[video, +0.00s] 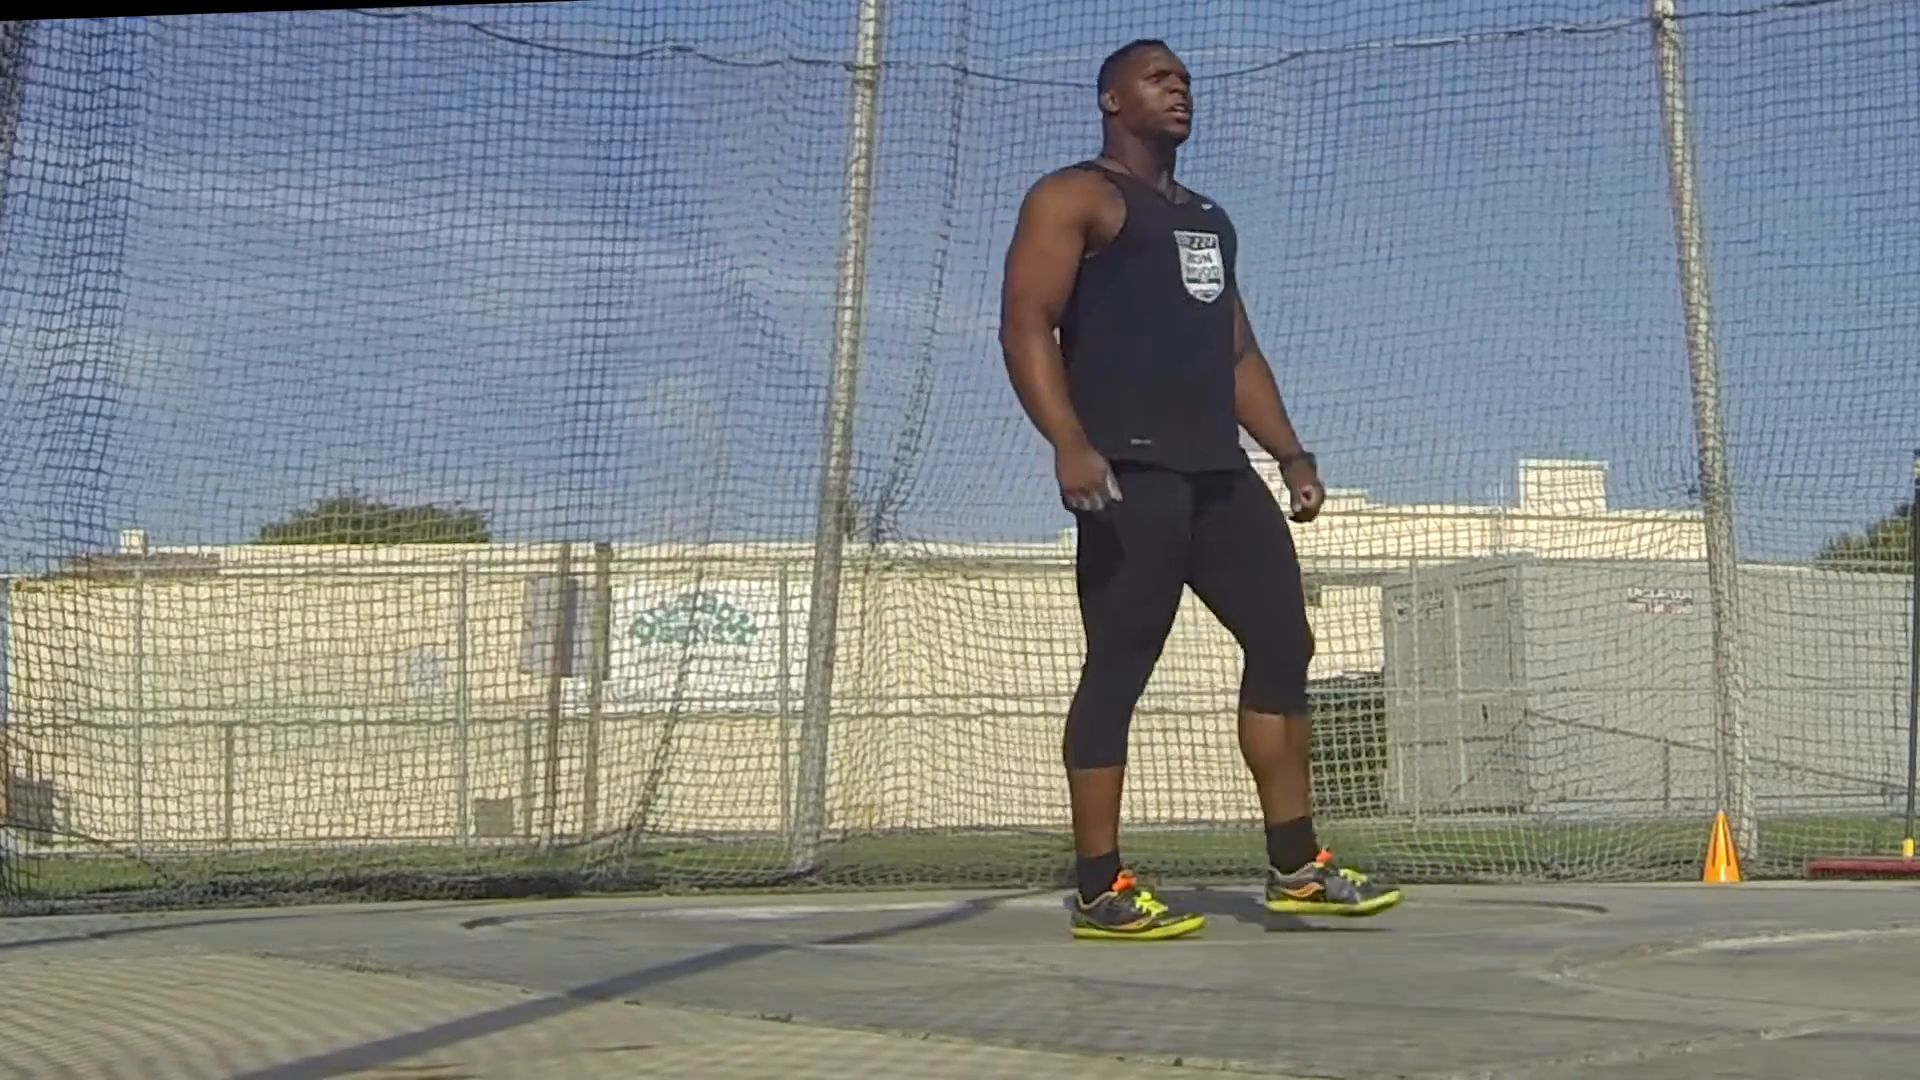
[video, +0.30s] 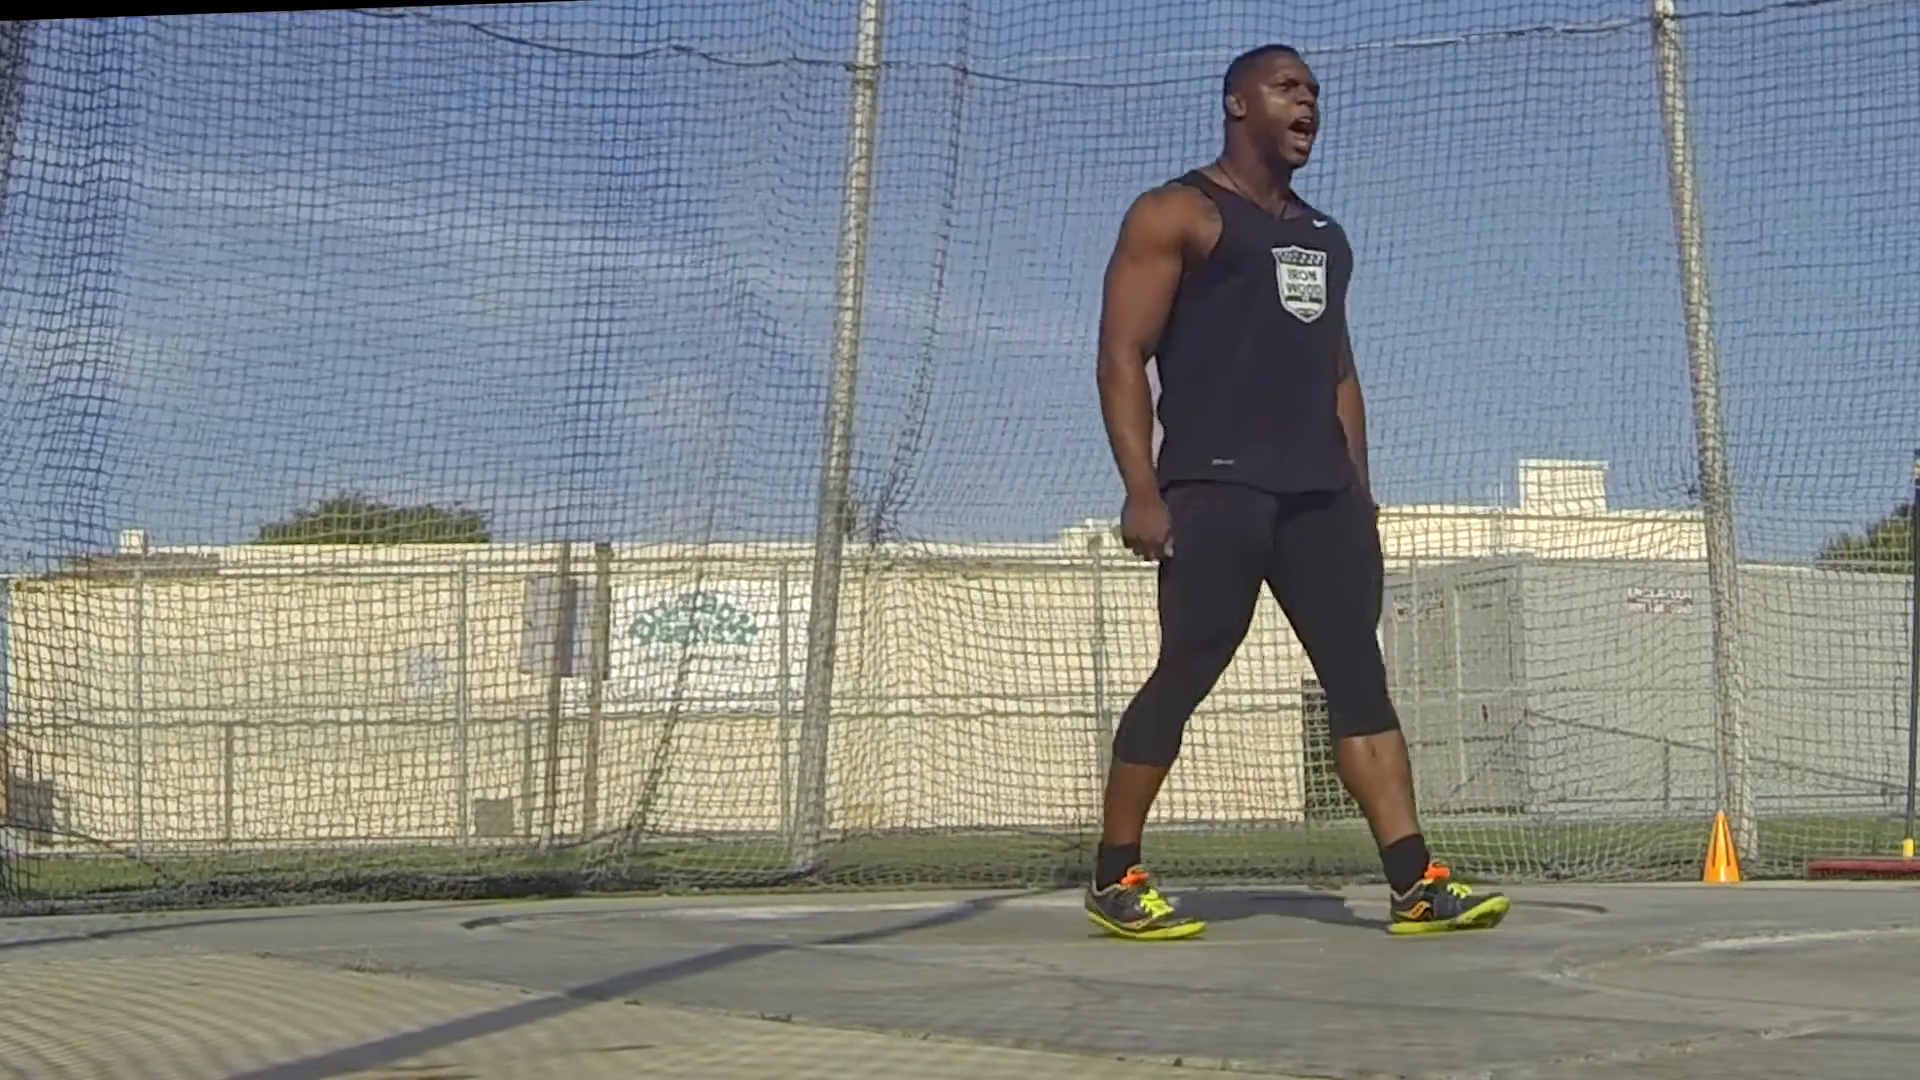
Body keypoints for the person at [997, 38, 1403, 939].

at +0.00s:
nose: (1180, 92)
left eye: (1184, 81)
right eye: (1159, 79)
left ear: (1186, 105)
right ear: (1111, 101)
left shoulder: (1206, 218)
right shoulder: (1071, 196)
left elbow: (1238, 351)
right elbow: (1024, 327)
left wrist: (1290, 451)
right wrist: (1070, 443)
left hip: (1220, 476)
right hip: (1127, 475)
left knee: (1281, 644)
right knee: (1114, 673)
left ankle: (1297, 866)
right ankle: (1099, 886)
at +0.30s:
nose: (1307, 107)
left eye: (1313, 96)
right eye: (1288, 90)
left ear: (1313, 121)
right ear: (1236, 106)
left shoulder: (1325, 237)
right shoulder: (1174, 211)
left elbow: (1338, 370)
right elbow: (1120, 356)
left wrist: (1356, 481)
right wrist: (1141, 491)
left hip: (1322, 487)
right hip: (1218, 484)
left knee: (1357, 675)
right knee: (1182, 678)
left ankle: (1413, 880)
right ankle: (1115, 877)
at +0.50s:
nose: (1368, 89)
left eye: (1373, 78)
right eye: (1349, 75)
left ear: (1378, 100)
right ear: (1299, 94)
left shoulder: (1398, 226)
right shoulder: (1238, 194)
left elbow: (1444, 354)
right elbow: (1189, 326)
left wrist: (1496, 455)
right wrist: (1237, 436)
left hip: (1387, 474)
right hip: (1284, 465)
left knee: (1397, 661)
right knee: (1270, 648)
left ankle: (1419, 882)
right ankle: (1194, 840)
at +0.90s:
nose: (1386, 79)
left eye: (1391, 66)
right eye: (1364, 66)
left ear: (1399, 86)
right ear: (1318, 86)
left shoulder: (1444, 207)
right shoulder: (1261, 193)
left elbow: (1509, 321)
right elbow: (1207, 322)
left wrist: (1561, 384)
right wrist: (1216, 419)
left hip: (1413, 473)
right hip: (1300, 460)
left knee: (1402, 665)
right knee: (1257, 646)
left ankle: (1418, 881)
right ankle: (1234, 847)